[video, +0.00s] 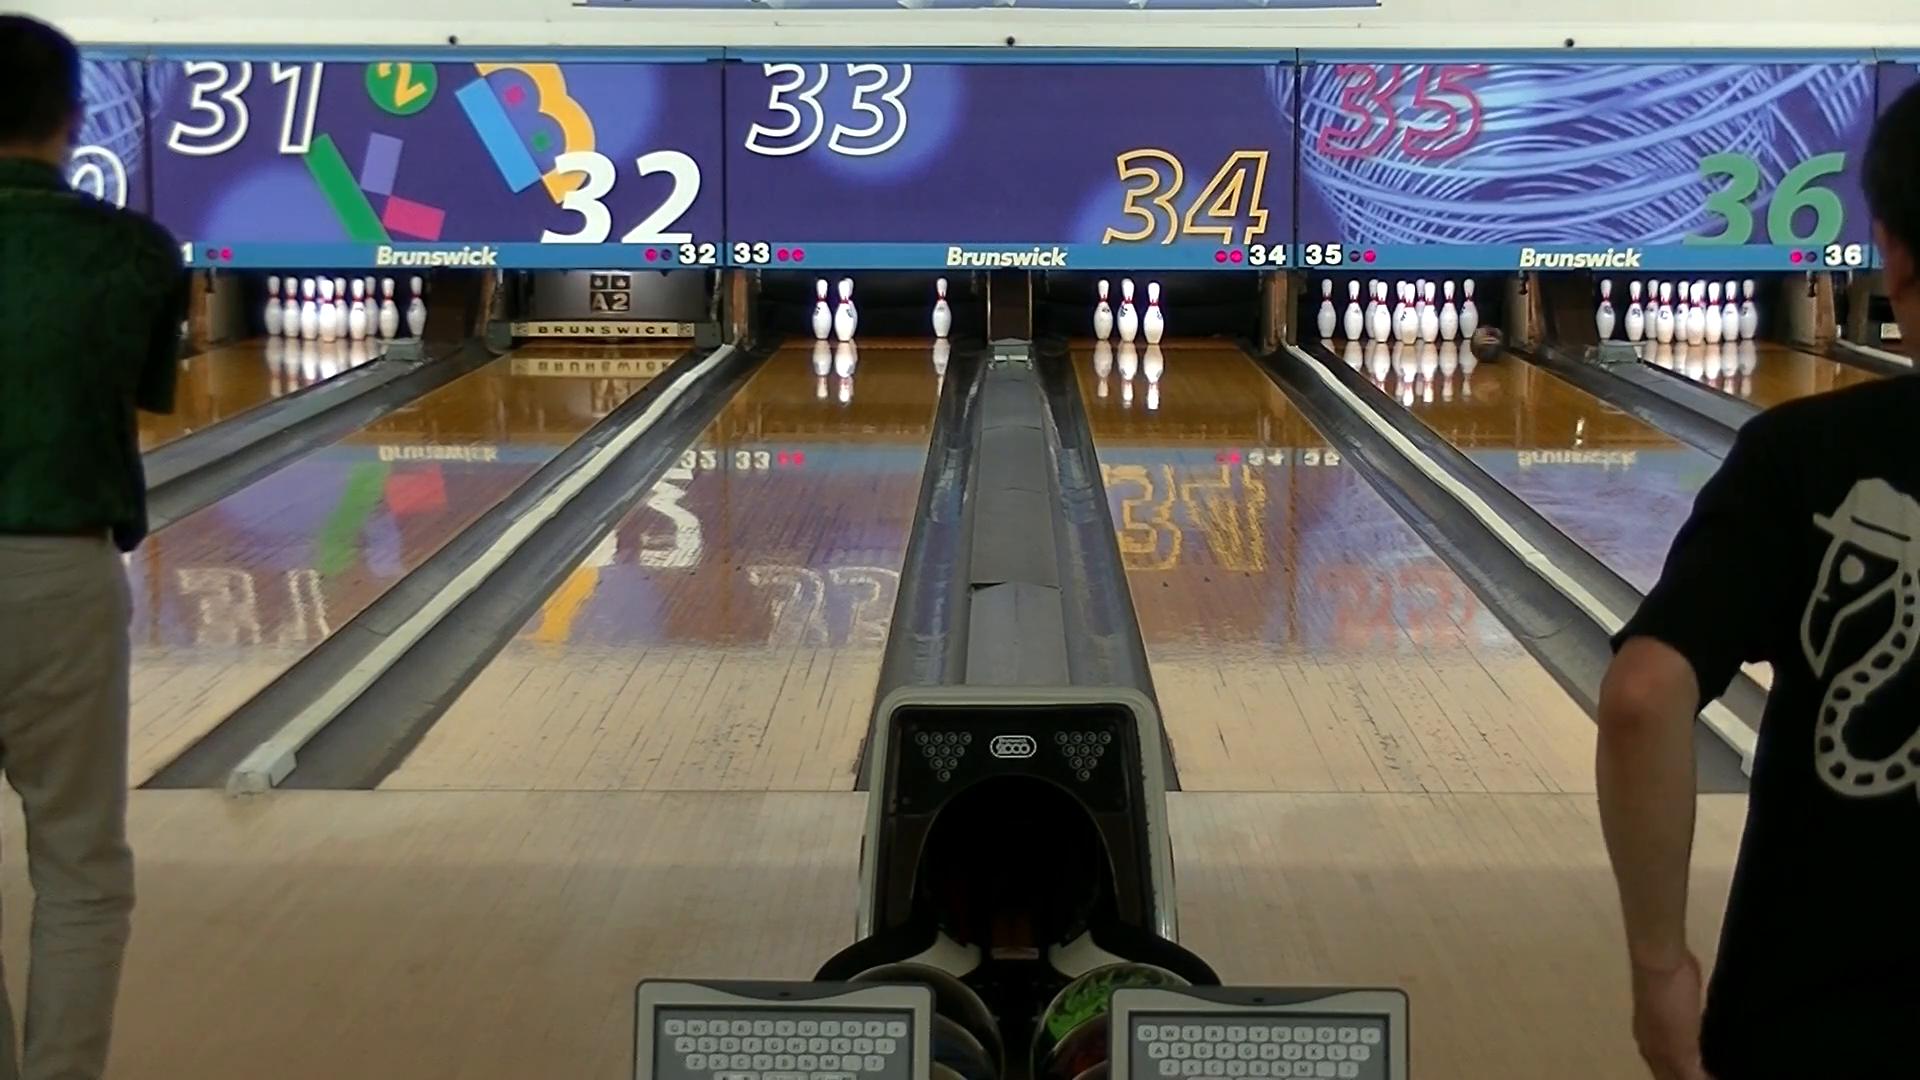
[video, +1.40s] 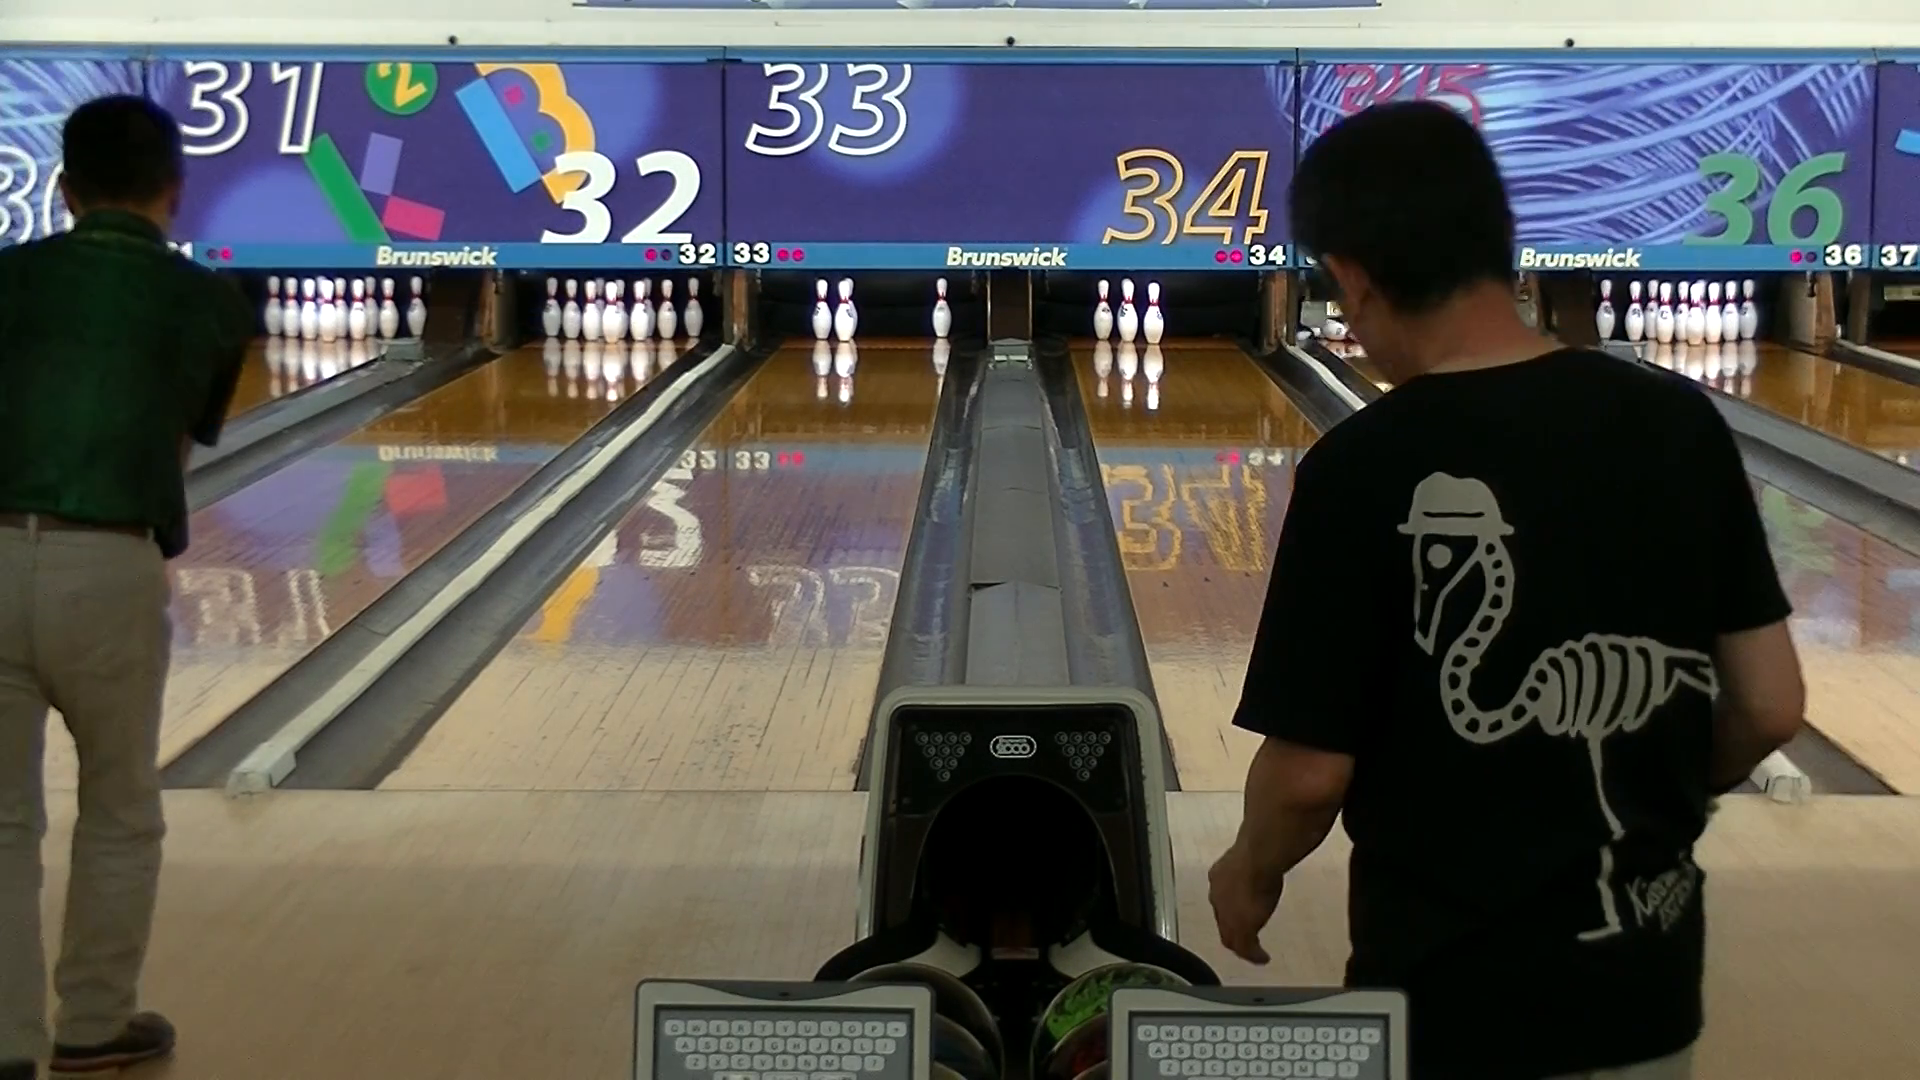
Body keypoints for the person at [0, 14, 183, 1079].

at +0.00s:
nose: (59, 121)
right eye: (64, 103)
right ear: (66, 117)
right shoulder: (124, 247)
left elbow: (154, 390)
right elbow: (155, 390)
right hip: (52, 575)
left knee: (68, 864)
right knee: (79, 870)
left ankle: (38, 1061)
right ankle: (59, 1070)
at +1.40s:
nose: (181, 197)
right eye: (178, 185)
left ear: (68, 186)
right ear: (171, 190)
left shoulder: (12, 271)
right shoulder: (203, 297)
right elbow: (199, 424)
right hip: (106, 574)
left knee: (7, 822)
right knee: (118, 813)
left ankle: (10, 1040)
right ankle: (92, 1025)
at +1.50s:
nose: (188, 214)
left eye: (86, 192)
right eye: (188, 200)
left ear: (85, 200)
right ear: (186, 205)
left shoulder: (20, 278)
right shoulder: (212, 308)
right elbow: (201, 469)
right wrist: (197, 591)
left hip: (1, 560)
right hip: (108, 565)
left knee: (12, 806)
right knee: (121, 808)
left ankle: (9, 1007)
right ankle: (94, 1023)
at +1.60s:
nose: (203, 228)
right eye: (203, 215)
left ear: (97, 209)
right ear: (193, 216)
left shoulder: (26, 278)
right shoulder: (210, 312)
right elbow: (211, 490)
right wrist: (227, 634)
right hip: (99, 545)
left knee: (17, 784)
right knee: (119, 798)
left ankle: (12, 1010)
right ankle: (94, 1021)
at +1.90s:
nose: (235, 242)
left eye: (230, 228)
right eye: (235, 228)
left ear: (132, 217)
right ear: (222, 224)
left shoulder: (55, 277)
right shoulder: (228, 303)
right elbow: (217, 417)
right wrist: (206, 512)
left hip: (4, 513)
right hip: (105, 515)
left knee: (47, 776)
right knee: (131, 777)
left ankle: (70, 991)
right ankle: (92, 1005)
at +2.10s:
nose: (255, 219)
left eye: (251, 206)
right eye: (254, 205)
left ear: (153, 196)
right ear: (241, 202)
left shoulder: (74, 264)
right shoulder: (252, 271)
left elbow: (2, 342)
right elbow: (226, 328)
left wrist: (38, 407)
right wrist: (151, 393)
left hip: (23, 500)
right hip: (145, 499)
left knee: (56, 759)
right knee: (179, 714)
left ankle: (75, 980)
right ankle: (148, 897)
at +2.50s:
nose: (323, 292)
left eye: (322, 280)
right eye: (324, 280)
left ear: (240, 264)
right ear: (315, 282)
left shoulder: (166, 295)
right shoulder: (307, 364)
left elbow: (47, 267)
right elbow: (261, 439)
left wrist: (4, 247)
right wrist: (239, 481)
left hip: (81, 538)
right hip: (184, 548)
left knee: (133, 705)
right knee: (190, 758)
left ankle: (137, 878)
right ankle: (146, 900)